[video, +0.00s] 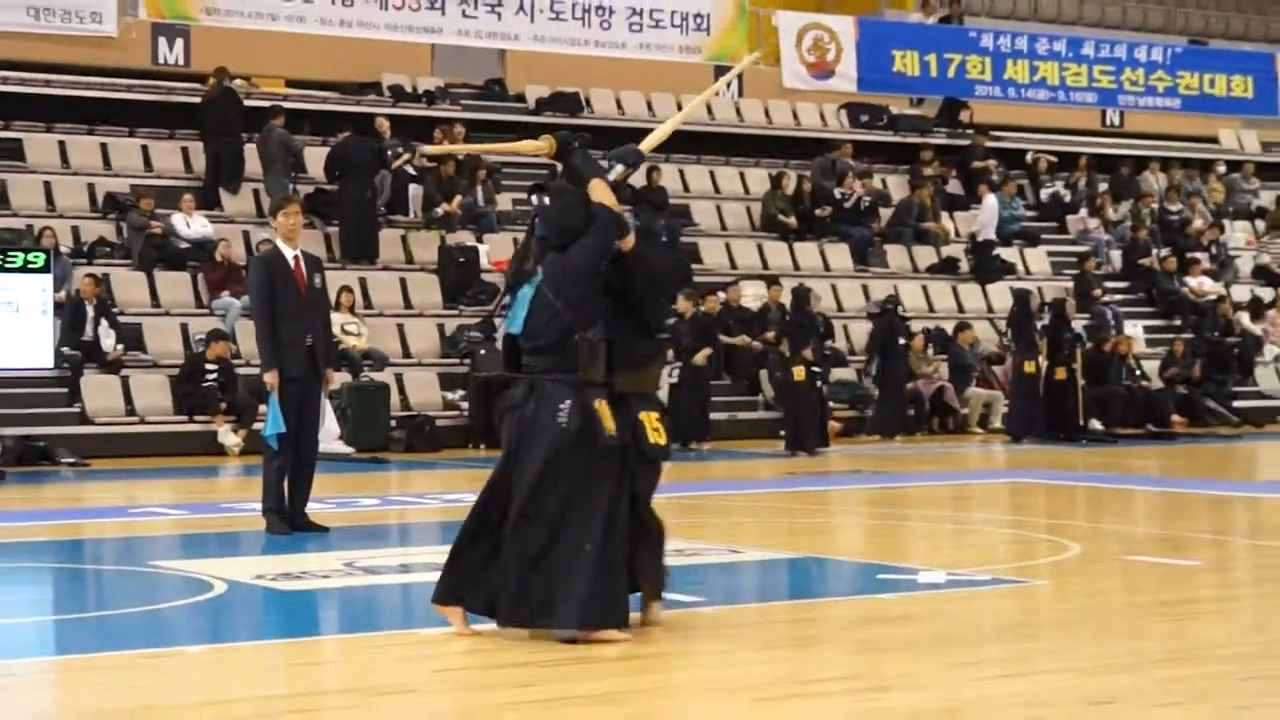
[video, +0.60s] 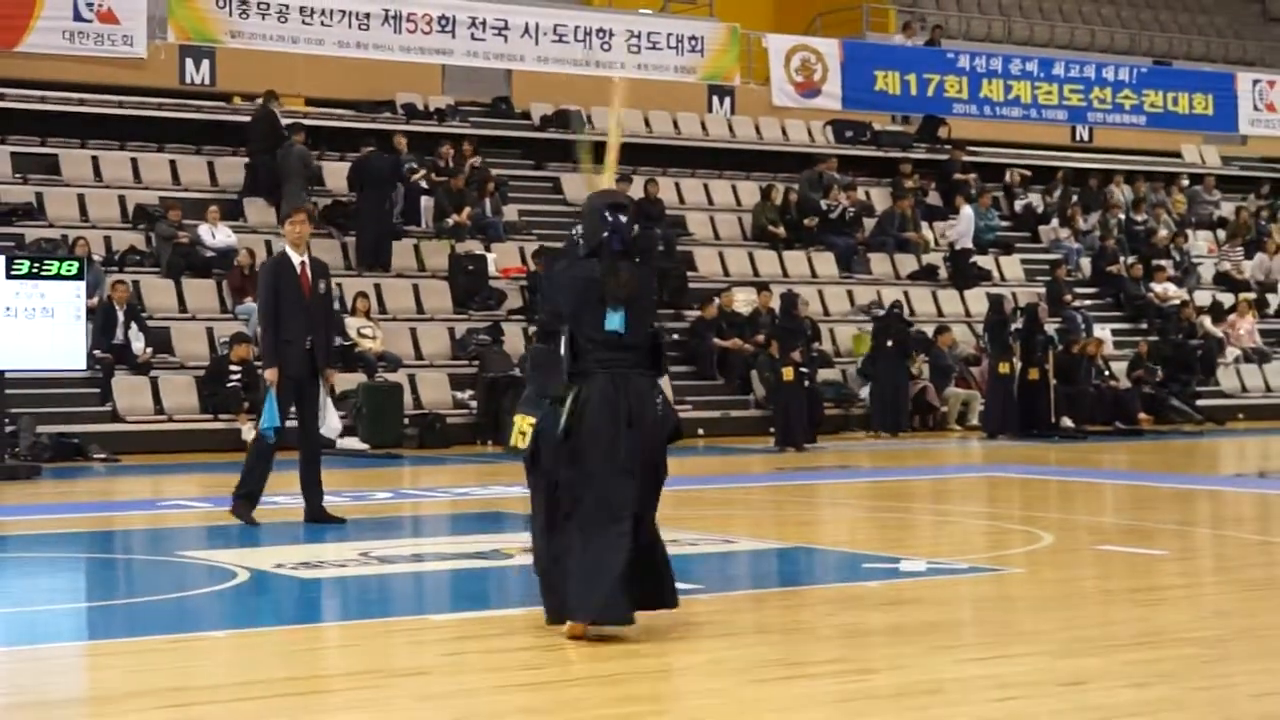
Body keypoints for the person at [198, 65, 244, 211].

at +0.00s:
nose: (228, 80)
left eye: (226, 77)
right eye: (228, 77)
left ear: (214, 78)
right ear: (227, 78)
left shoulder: (208, 95)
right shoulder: (231, 93)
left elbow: (203, 118)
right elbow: (241, 111)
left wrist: (205, 138)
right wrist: (239, 131)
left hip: (212, 138)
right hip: (230, 138)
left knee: (212, 172)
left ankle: (210, 204)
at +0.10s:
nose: (244, 90)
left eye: (242, 88)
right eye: (243, 88)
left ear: (230, 88)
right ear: (242, 88)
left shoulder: (223, 104)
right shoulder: (245, 103)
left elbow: (217, 126)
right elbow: (253, 122)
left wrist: (219, 145)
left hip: (226, 146)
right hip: (243, 146)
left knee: (225, 180)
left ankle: (224, 209)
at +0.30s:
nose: (260, 101)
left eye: (260, 99)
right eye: (259, 99)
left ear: (246, 98)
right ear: (256, 98)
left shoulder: (237, 113)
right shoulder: (259, 112)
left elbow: (231, 133)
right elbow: (268, 131)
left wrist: (232, 149)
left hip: (239, 153)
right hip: (257, 153)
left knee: (237, 186)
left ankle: (234, 214)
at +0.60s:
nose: (278, 105)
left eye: (277, 102)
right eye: (276, 102)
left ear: (264, 100)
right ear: (272, 101)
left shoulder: (257, 114)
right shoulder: (271, 114)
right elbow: (279, 134)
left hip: (255, 153)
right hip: (268, 154)